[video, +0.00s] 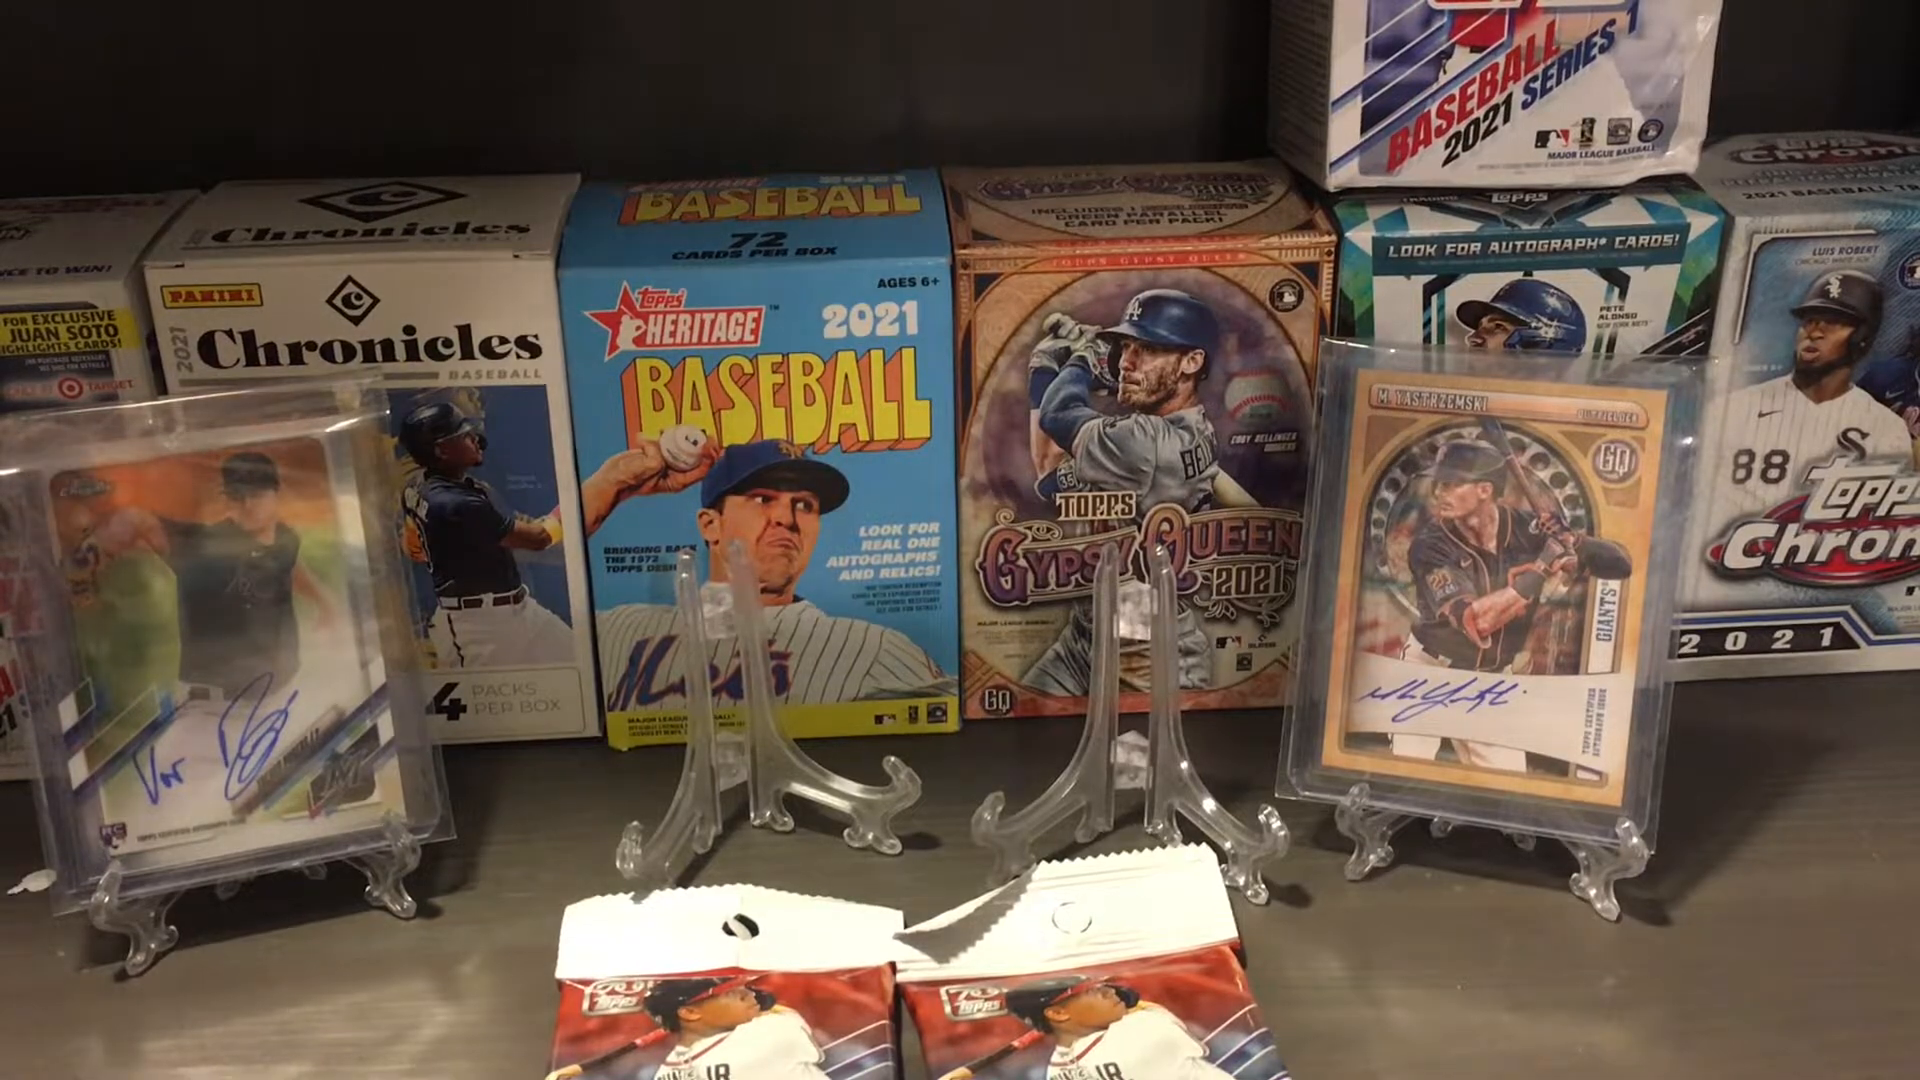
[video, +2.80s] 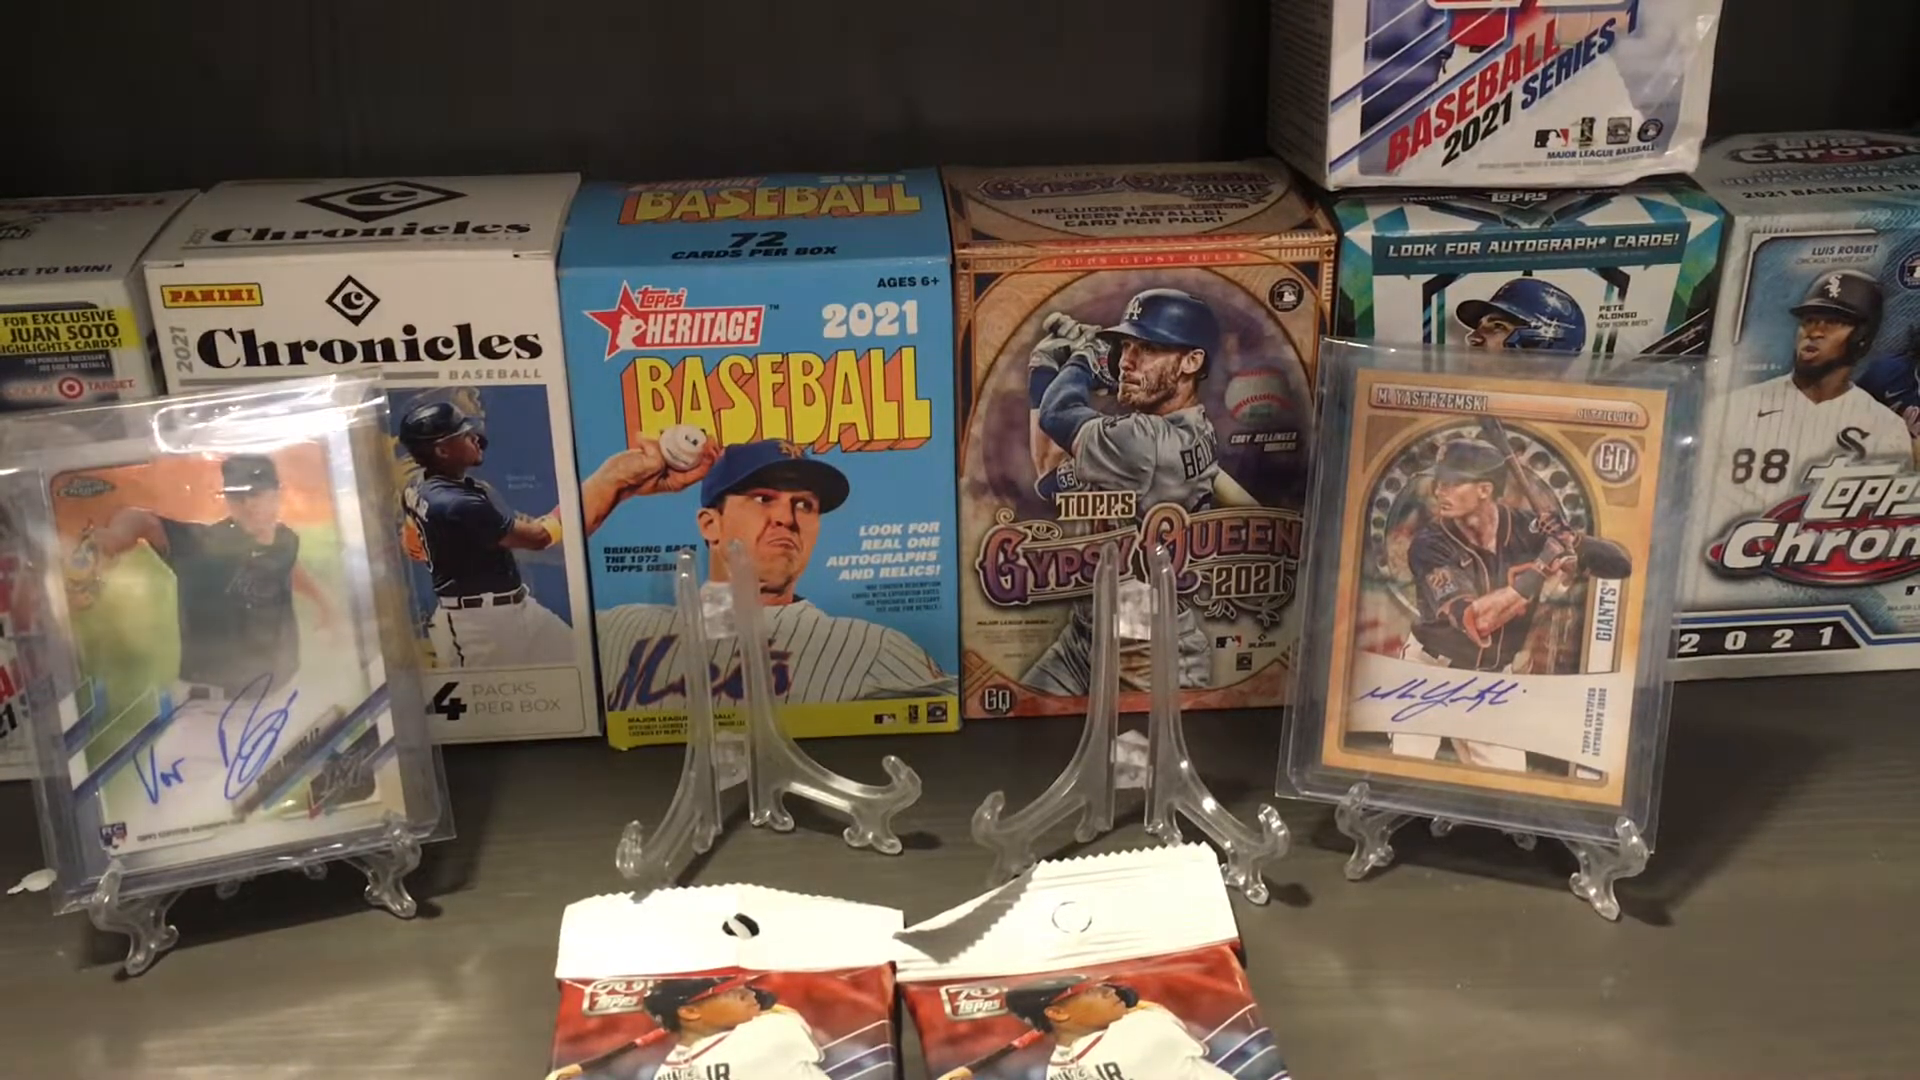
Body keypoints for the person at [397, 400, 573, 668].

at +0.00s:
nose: (474, 435)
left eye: (468, 429)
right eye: (463, 433)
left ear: (442, 451)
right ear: (441, 450)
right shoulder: (459, 506)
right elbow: (538, 538)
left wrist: (546, 522)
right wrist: (568, 512)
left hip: (520, 609)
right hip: (474, 623)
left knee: (588, 665)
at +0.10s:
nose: (474, 435)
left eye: (468, 429)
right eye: (463, 433)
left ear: (443, 452)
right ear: (442, 450)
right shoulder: (459, 506)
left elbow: (413, 544)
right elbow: (539, 537)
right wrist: (572, 510)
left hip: (519, 609)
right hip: (473, 624)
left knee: (587, 663)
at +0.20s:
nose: (474, 436)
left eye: (469, 430)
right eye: (464, 434)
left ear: (442, 451)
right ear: (441, 450)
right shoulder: (459, 505)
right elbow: (538, 537)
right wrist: (569, 512)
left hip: (520, 609)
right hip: (474, 623)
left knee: (588, 664)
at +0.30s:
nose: (474, 435)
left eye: (469, 429)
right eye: (464, 433)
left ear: (442, 451)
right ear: (441, 450)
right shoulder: (461, 505)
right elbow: (539, 537)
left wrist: (537, 524)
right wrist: (569, 510)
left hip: (520, 609)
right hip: (474, 623)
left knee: (588, 664)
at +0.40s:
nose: (474, 435)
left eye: (468, 429)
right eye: (463, 432)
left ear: (443, 451)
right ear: (442, 450)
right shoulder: (461, 506)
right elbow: (539, 537)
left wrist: (538, 523)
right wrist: (570, 509)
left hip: (520, 609)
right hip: (474, 624)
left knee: (588, 663)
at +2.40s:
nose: (475, 435)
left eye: (468, 429)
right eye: (464, 433)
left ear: (443, 451)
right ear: (442, 450)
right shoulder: (460, 507)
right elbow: (539, 537)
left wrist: (543, 523)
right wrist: (571, 507)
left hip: (520, 609)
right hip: (476, 622)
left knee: (589, 663)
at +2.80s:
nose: (475, 436)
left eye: (469, 430)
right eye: (465, 433)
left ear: (443, 451)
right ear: (442, 450)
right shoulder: (461, 507)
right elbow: (539, 537)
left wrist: (539, 524)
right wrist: (572, 507)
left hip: (519, 608)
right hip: (474, 622)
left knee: (589, 664)